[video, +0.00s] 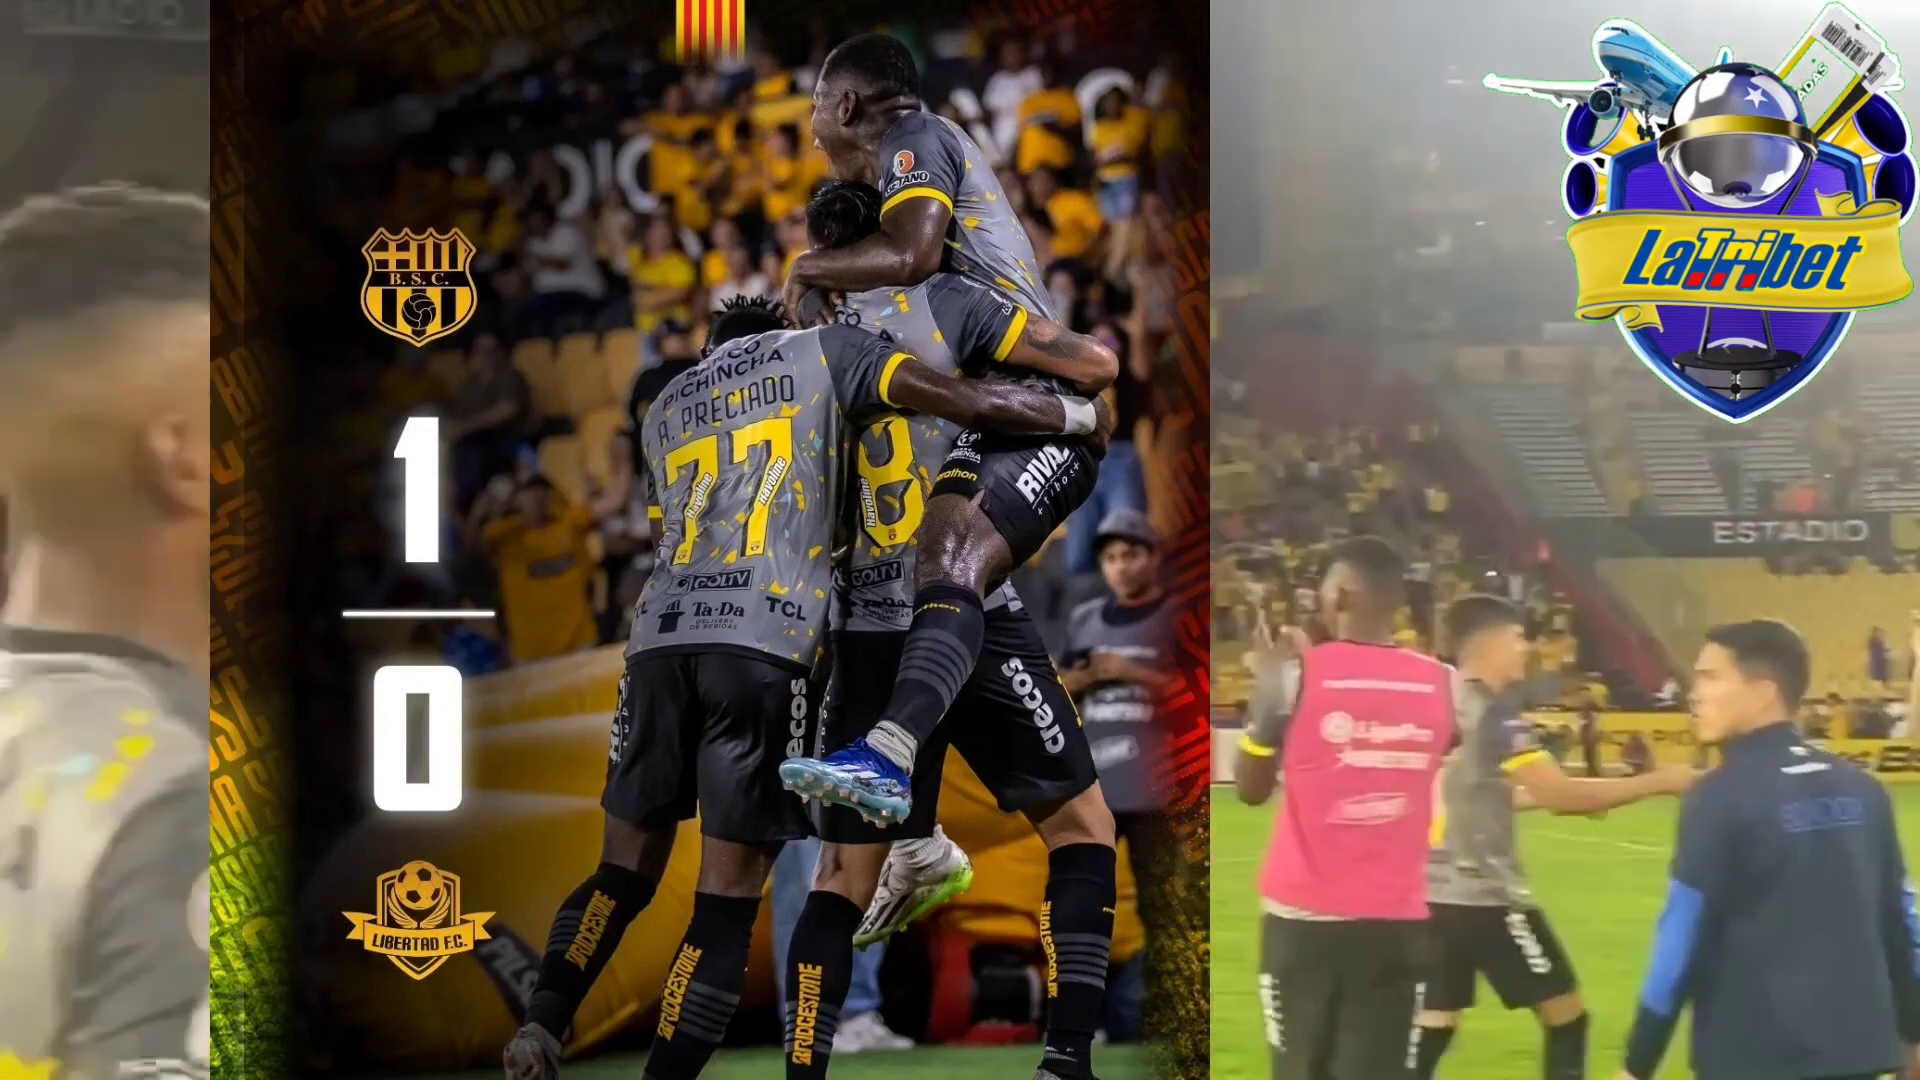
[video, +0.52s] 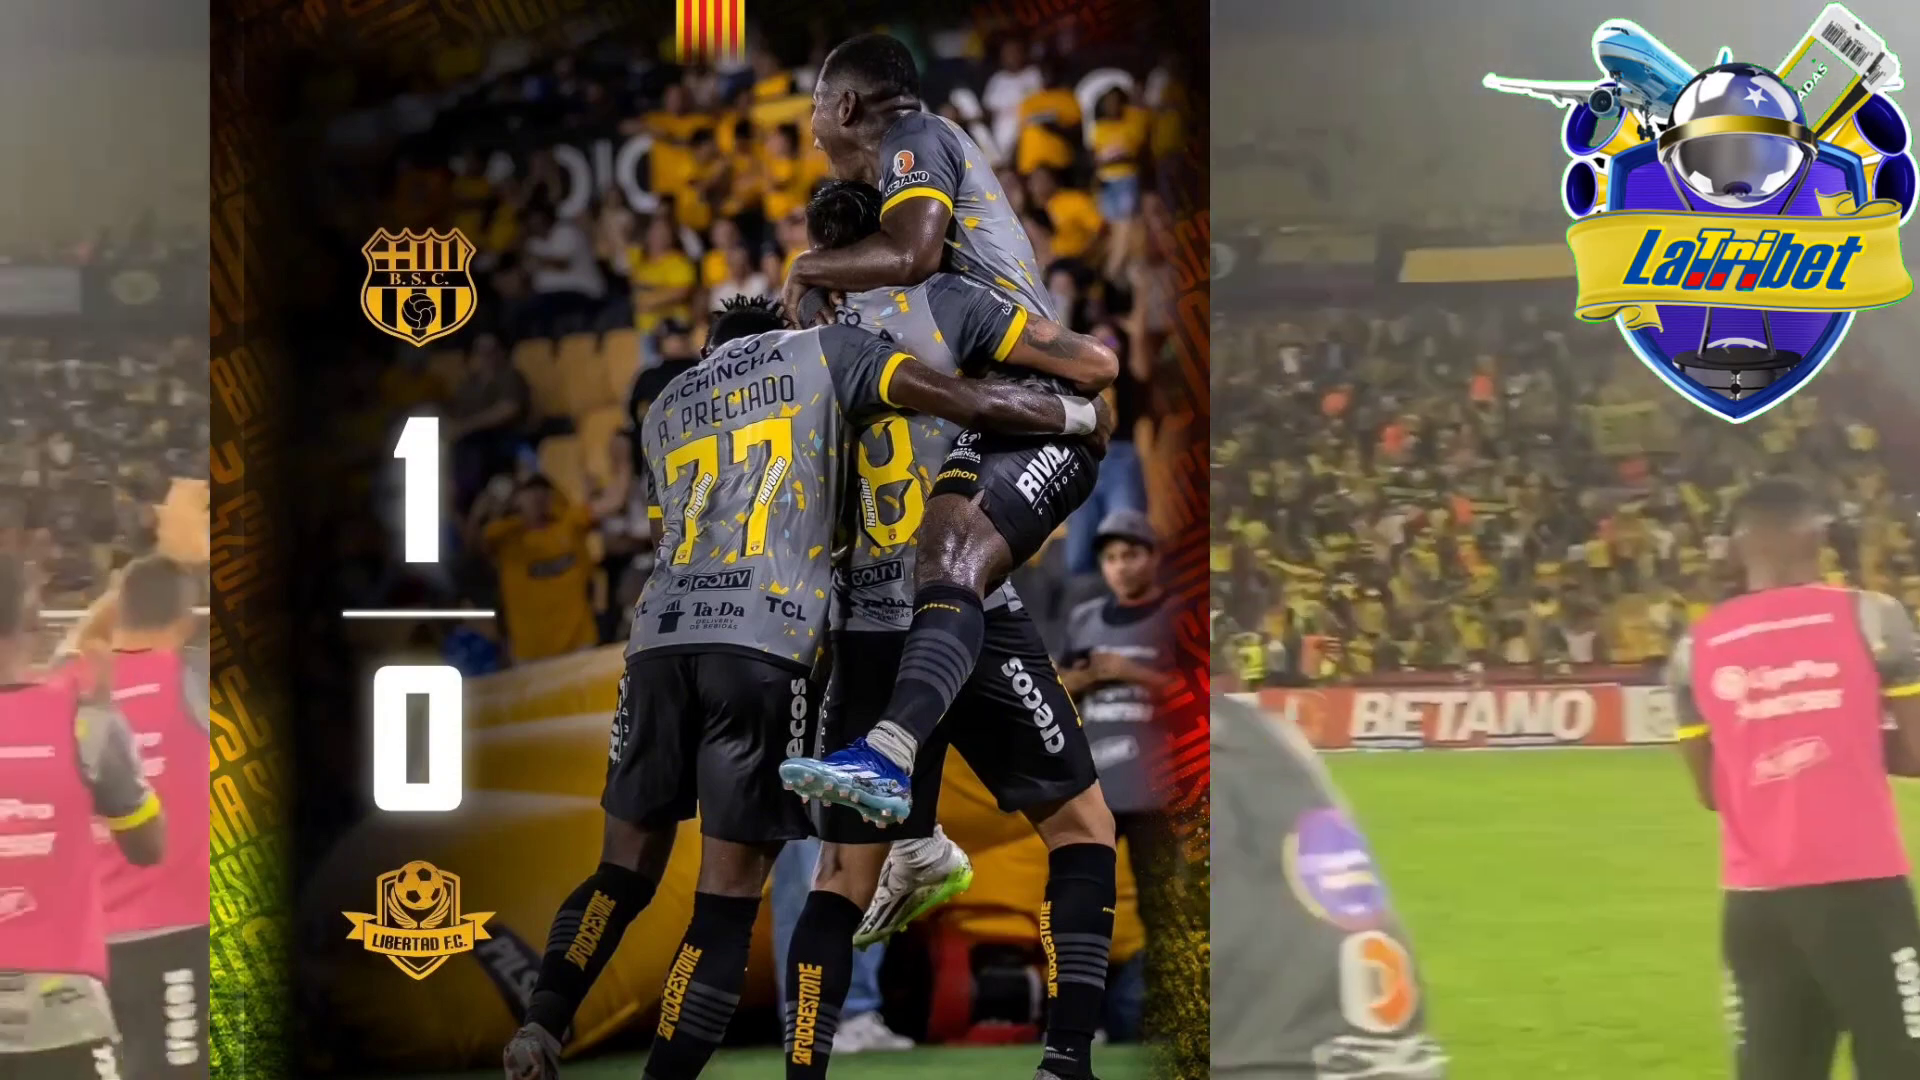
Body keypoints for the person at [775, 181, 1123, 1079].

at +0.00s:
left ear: (820, 251)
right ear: (899, 234)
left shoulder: (802, 329)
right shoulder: (951, 295)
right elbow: (1087, 367)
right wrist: (1095, 357)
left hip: (851, 619)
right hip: (962, 614)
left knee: (848, 861)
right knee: (1082, 828)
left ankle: (802, 1063)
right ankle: (1066, 1060)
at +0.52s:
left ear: (822, 257)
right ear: (899, 237)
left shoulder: (803, 334)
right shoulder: (951, 295)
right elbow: (1089, 367)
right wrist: (1086, 352)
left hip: (852, 619)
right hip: (963, 616)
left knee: (849, 861)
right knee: (1082, 827)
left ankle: (802, 1063)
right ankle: (1067, 1058)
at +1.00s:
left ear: (818, 253)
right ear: (896, 236)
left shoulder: (798, 333)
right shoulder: (948, 295)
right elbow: (1088, 366)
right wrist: (1082, 353)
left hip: (853, 616)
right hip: (964, 613)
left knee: (848, 861)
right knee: (1081, 825)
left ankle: (802, 1063)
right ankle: (1066, 1060)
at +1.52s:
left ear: (821, 255)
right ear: (899, 237)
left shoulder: (803, 332)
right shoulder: (949, 296)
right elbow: (1092, 367)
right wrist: (1077, 347)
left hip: (854, 616)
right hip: (963, 613)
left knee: (849, 860)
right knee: (1081, 825)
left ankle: (801, 1064)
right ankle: (1066, 1060)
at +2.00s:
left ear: (821, 256)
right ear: (898, 237)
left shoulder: (802, 334)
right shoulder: (951, 295)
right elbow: (1092, 367)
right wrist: (1080, 351)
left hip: (852, 619)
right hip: (961, 616)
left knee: (848, 861)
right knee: (1081, 827)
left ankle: (802, 1062)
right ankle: (1066, 1058)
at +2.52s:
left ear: (821, 253)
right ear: (899, 237)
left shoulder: (802, 330)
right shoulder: (952, 296)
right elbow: (1089, 367)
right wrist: (1092, 359)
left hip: (851, 619)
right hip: (963, 614)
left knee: (848, 861)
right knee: (1082, 827)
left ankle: (802, 1063)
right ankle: (1066, 1059)